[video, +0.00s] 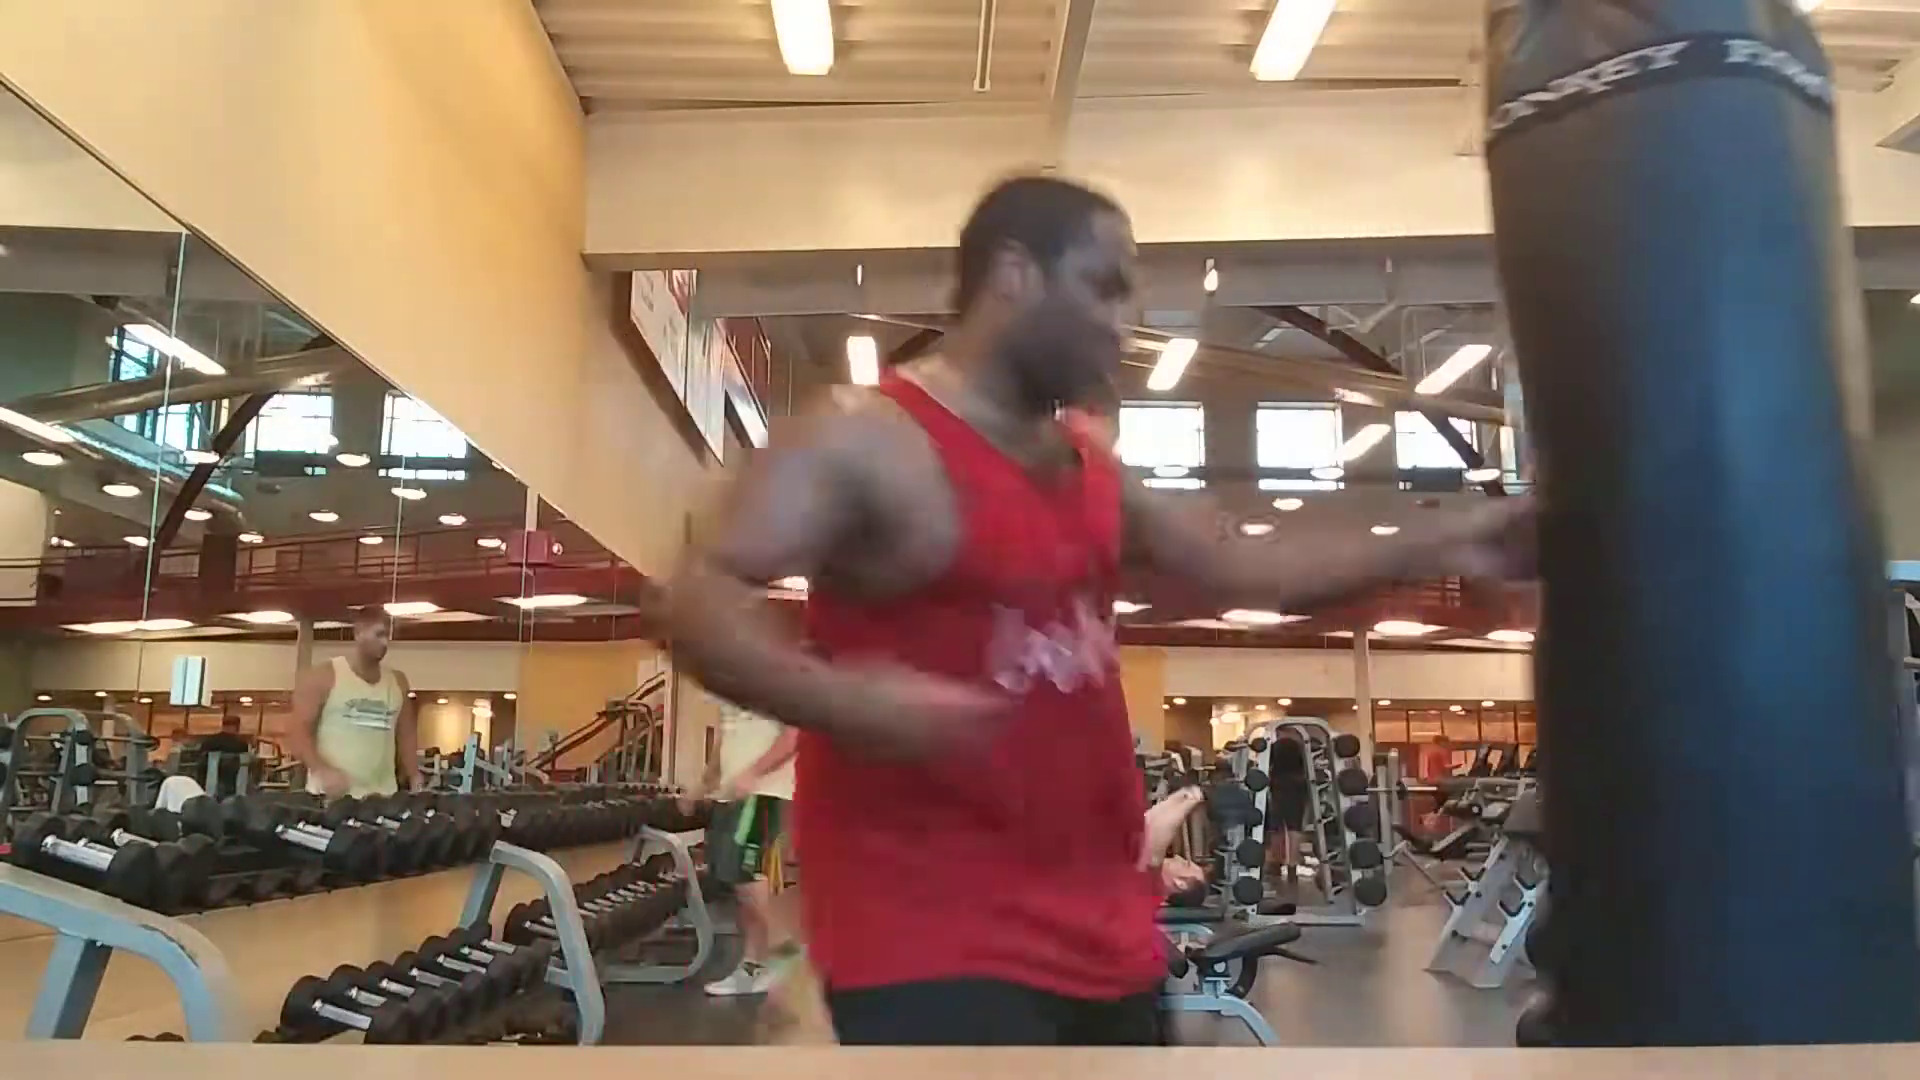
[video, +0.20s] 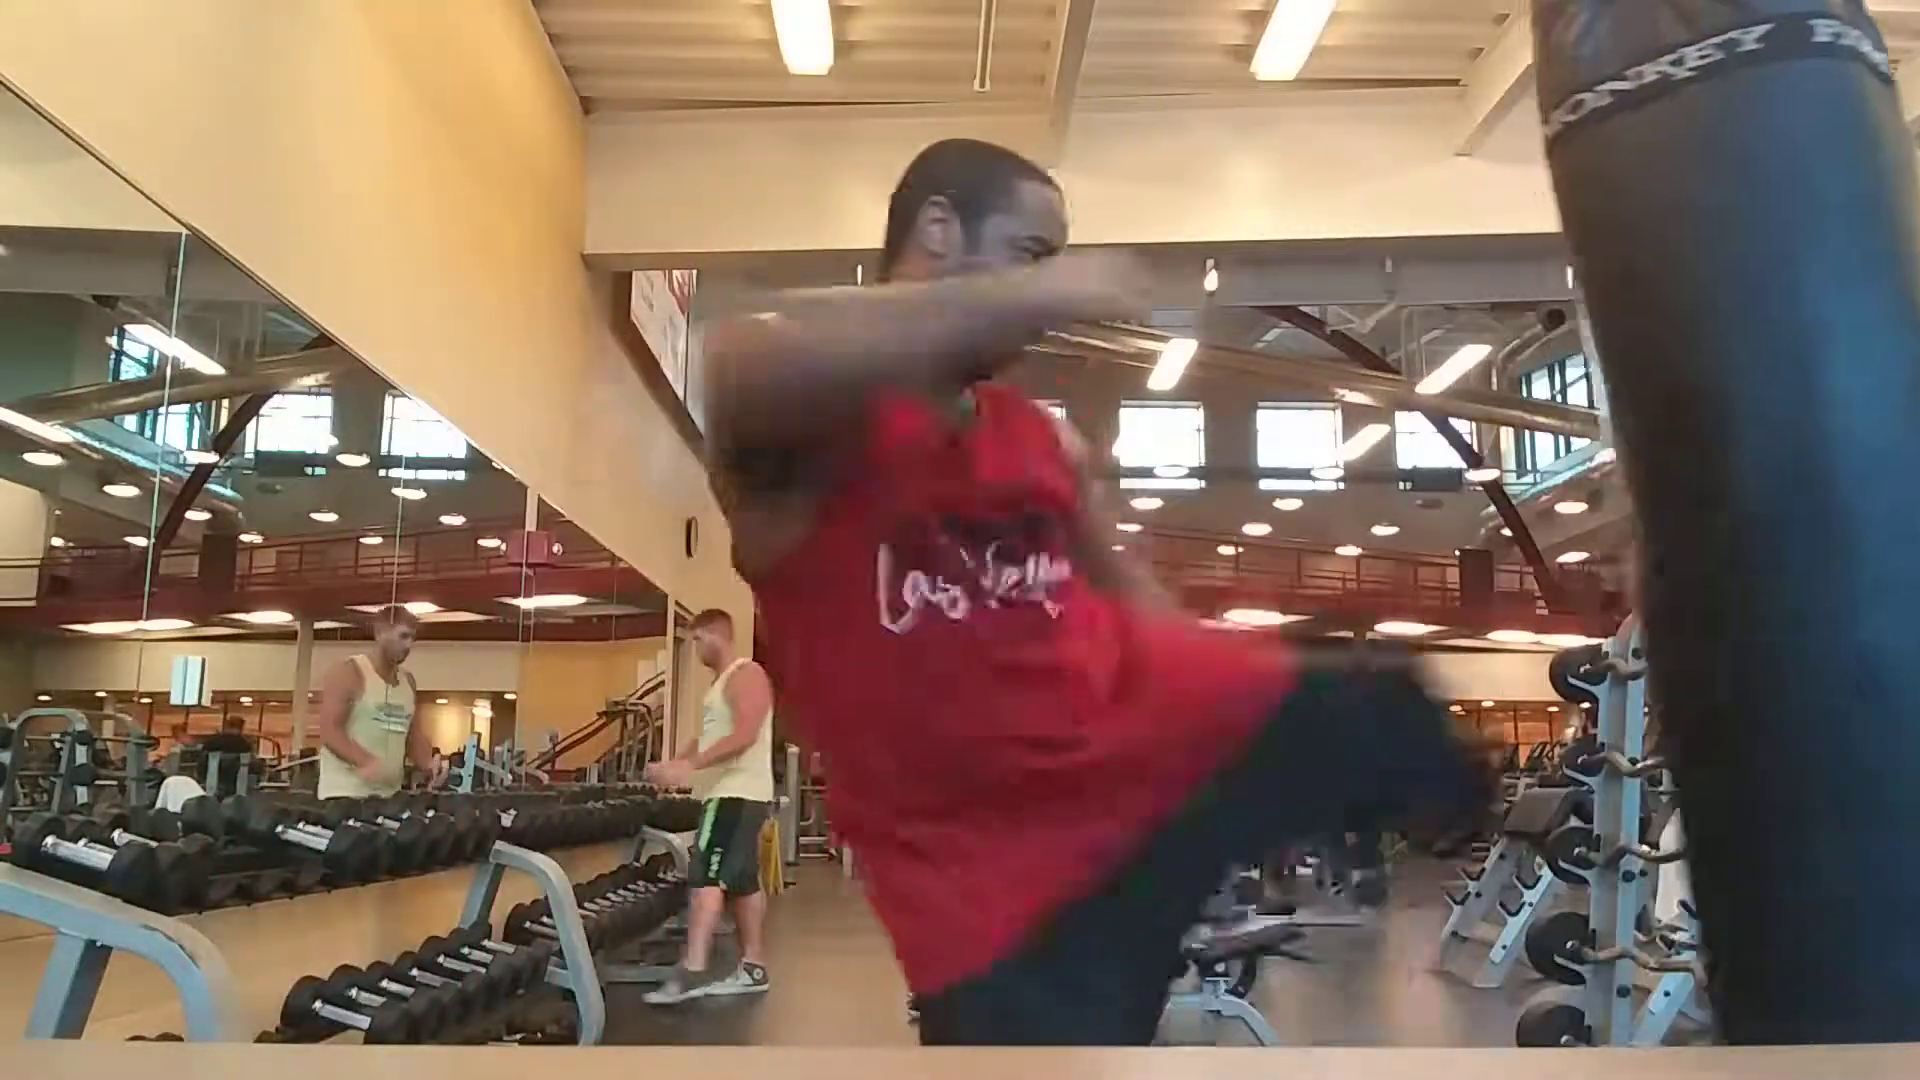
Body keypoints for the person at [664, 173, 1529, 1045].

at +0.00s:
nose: (1133, 324)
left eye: (1134, 299)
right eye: (1110, 288)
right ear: (1011, 275)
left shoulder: (1087, 472)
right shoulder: (860, 440)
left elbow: (1249, 560)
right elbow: (688, 598)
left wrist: (1462, 539)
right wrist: (856, 700)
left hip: (1105, 947)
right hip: (939, 957)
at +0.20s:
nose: (1048, 286)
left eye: (1054, 264)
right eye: (1027, 253)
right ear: (932, 233)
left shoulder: (1036, 433)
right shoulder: (795, 392)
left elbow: (1137, 614)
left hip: (1155, 759)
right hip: (1009, 906)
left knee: (1390, 723)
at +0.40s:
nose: (1060, 314)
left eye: (1063, 290)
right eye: (1041, 276)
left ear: (948, 262)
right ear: (941, 255)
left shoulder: (994, 445)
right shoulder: (824, 429)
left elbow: (1112, 596)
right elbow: (1092, 520)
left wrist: (1240, 627)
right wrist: (1174, 367)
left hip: (1165, 747)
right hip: (1067, 926)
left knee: (1448, 742)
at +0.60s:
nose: (1113, 295)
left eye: (1110, 264)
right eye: (1092, 257)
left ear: (999, 246)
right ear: (994, 243)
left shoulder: (1063, 435)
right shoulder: (869, 425)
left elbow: (1162, 591)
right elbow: (1049, 559)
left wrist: (1299, 517)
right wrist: (1179, 424)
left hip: (1220, 871)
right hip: (1076, 963)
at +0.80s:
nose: (1216, 309)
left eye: (1215, 281)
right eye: (1199, 272)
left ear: (1115, 265)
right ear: (1108, 257)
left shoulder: (1137, 456)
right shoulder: (1007, 404)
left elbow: (1240, 621)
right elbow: (1139, 591)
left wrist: (1318, 479)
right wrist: (1321, 488)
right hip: (1084, 963)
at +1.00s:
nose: (1227, 381)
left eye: (1227, 350)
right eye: (1210, 341)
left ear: (1131, 336)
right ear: (1124, 330)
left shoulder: (1109, 488)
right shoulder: (1030, 456)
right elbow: (1184, 606)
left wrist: (1342, 513)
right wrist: (1379, 515)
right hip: (1062, 990)